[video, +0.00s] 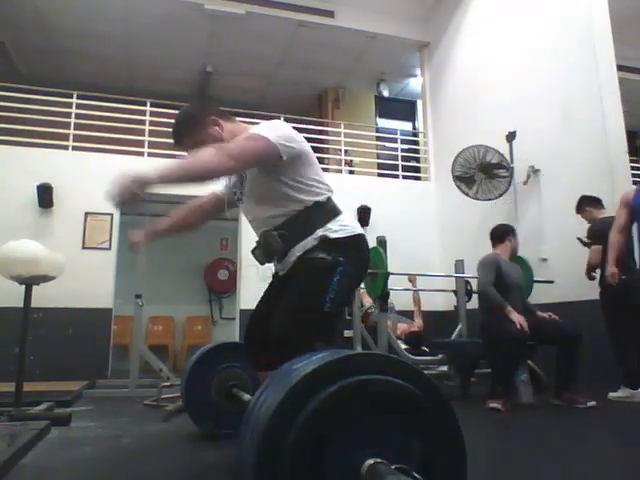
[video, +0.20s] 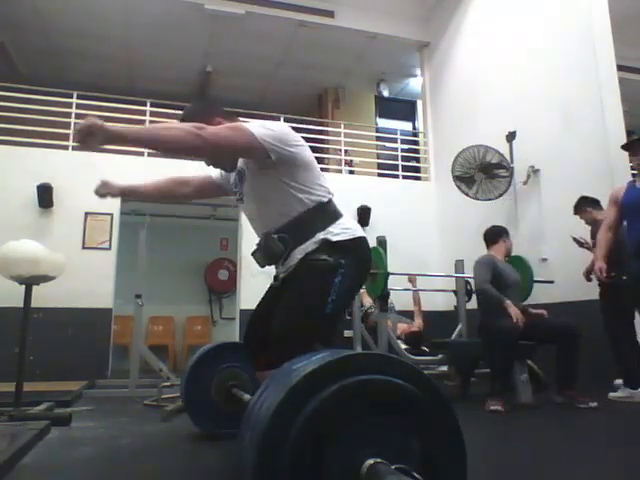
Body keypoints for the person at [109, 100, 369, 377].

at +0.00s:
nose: (204, 157)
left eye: (201, 148)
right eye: (197, 154)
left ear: (215, 125)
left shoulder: (278, 134)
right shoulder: (241, 177)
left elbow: (227, 158)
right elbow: (204, 207)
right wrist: (150, 233)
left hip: (331, 250)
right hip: (294, 264)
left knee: (294, 342)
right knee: (257, 338)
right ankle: (283, 426)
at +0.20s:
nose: (204, 160)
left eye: (203, 146)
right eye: (198, 153)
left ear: (218, 124)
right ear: (211, 128)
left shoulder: (278, 136)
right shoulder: (238, 176)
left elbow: (198, 137)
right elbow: (185, 187)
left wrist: (109, 132)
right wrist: (124, 190)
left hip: (333, 254)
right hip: (296, 268)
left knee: (287, 349)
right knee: (256, 346)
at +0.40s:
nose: (204, 162)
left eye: (204, 149)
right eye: (200, 155)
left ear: (220, 130)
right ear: (218, 133)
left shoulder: (277, 136)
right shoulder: (237, 176)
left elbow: (198, 136)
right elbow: (181, 179)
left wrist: (109, 129)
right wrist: (121, 175)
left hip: (335, 255)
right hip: (297, 268)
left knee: (289, 348)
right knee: (257, 344)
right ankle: (281, 429)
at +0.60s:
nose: (203, 166)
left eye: (203, 153)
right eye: (199, 159)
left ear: (220, 136)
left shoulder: (276, 142)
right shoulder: (237, 180)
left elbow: (196, 140)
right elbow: (178, 179)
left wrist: (109, 134)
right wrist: (115, 172)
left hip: (338, 256)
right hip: (302, 270)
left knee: (291, 344)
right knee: (257, 337)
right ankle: (276, 425)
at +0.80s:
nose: (204, 171)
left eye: (202, 158)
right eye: (199, 165)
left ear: (219, 139)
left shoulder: (274, 143)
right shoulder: (236, 181)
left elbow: (192, 141)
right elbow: (178, 181)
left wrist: (108, 138)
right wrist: (118, 175)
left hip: (339, 258)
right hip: (302, 271)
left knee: (295, 342)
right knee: (257, 338)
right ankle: (277, 423)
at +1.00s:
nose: (201, 156)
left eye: (201, 146)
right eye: (195, 149)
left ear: (218, 129)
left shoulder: (273, 145)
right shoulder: (238, 182)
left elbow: (191, 147)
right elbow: (177, 184)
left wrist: (108, 144)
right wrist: (118, 176)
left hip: (340, 259)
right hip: (304, 272)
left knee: (294, 348)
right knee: (256, 342)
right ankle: (282, 425)